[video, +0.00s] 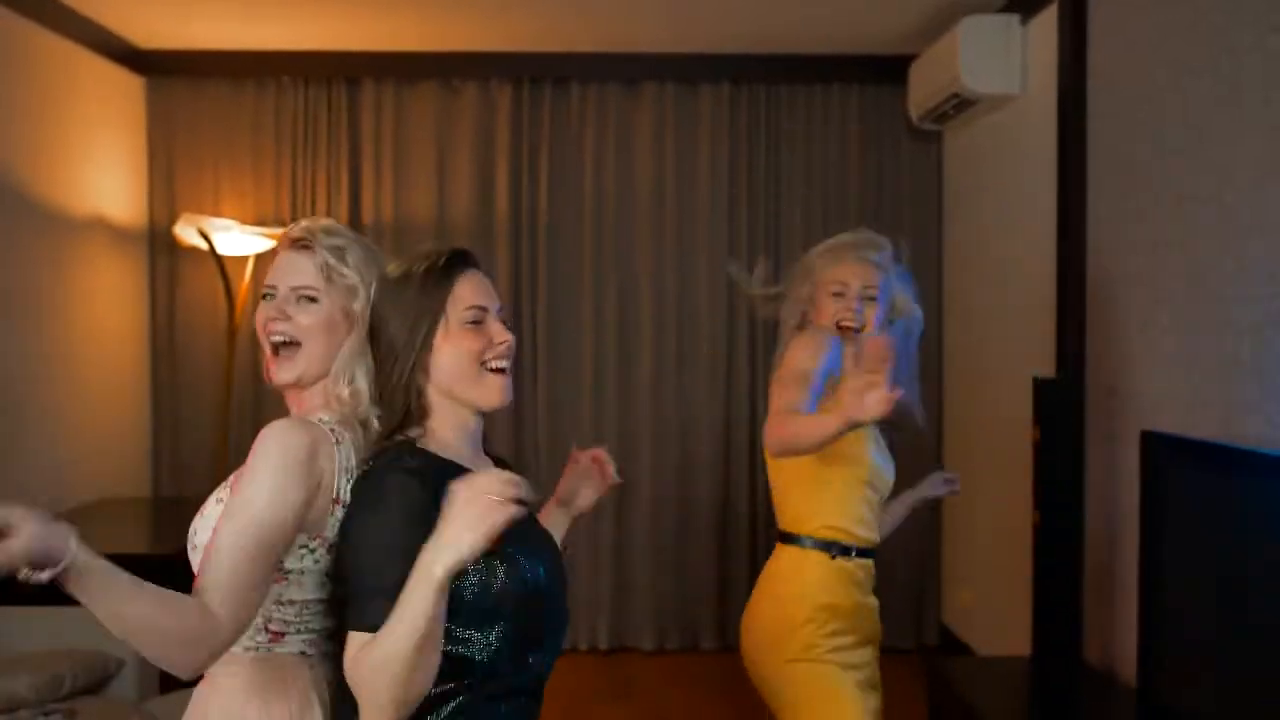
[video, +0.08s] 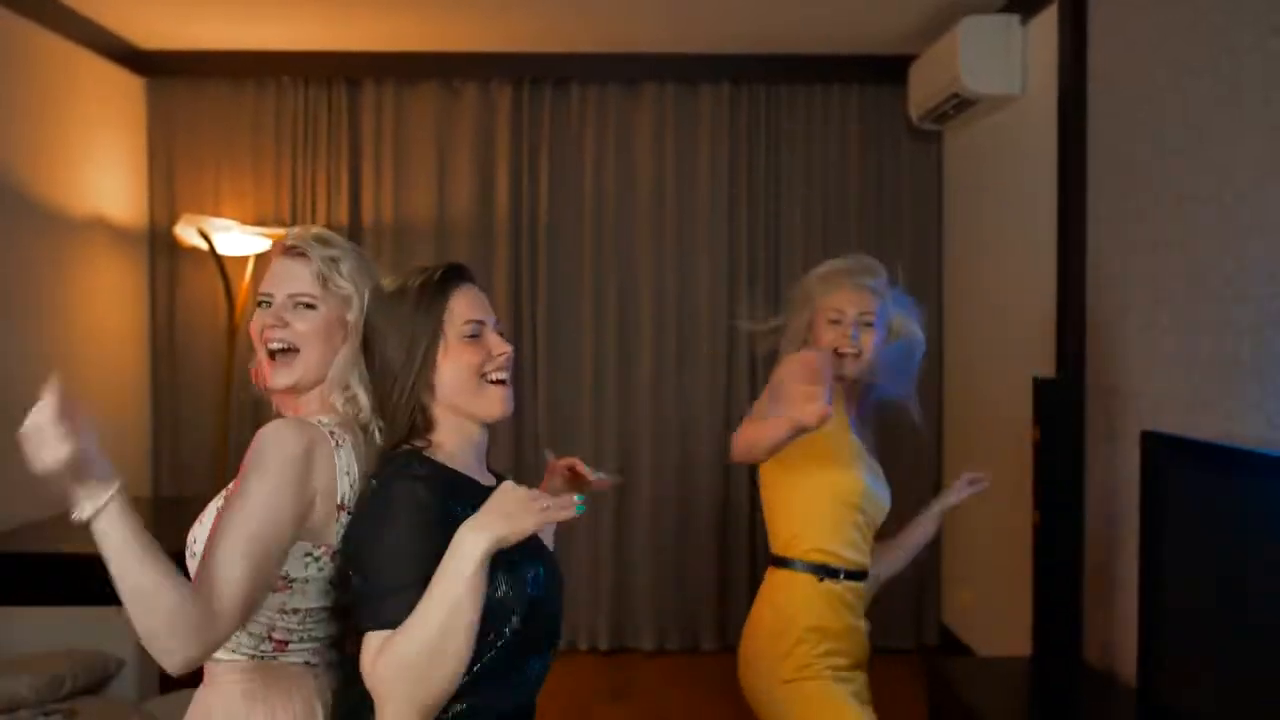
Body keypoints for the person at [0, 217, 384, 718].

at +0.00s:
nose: (274, 315)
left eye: (305, 298)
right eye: (269, 297)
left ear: (360, 318)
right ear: (255, 310)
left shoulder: (293, 443)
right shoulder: (369, 443)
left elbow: (196, 643)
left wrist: (69, 558)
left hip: (251, 693)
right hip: (316, 692)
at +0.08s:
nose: (274, 321)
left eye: (303, 305)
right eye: (265, 304)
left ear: (354, 326)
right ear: (252, 318)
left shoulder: (292, 442)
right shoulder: (366, 442)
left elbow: (182, 641)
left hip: (248, 697)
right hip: (316, 693)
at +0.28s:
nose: (271, 283)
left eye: (299, 264)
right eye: (259, 265)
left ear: (353, 276)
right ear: (247, 276)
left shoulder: (298, 357)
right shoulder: (360, 367)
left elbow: (184, 497)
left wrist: (55, 356)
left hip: (269, 659)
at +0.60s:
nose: (264, 297)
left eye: (293, 277)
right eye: (253, 277)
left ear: (345, 292)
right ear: (241, 287)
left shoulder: (301, 407)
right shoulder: (346, 402)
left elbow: (214, 586)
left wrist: (71, 549)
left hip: (280, 676)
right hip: (337, 659)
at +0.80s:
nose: (264, 325)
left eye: (296, 304)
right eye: (255, 303)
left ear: (347, 321)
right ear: (242, 313)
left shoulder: (304, 442)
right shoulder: (351, 430)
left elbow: (287, 657)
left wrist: (140, 604)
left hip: (298, 696)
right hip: (344, 683)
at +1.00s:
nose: (268, 313)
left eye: (297, 293)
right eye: (256, 295)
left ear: (347, 308)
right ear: (243, 308)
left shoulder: (306, 418)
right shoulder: (362, 412)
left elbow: (276, 621)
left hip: (292, 682)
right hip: (355, 666)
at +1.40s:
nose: (277, 288)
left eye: (305, 269)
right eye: (265, 271)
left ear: (355, 283)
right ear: (252, 282)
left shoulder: (301, 365)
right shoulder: (370, 368)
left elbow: (227, 478)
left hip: (298, 660)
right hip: (368, 645)